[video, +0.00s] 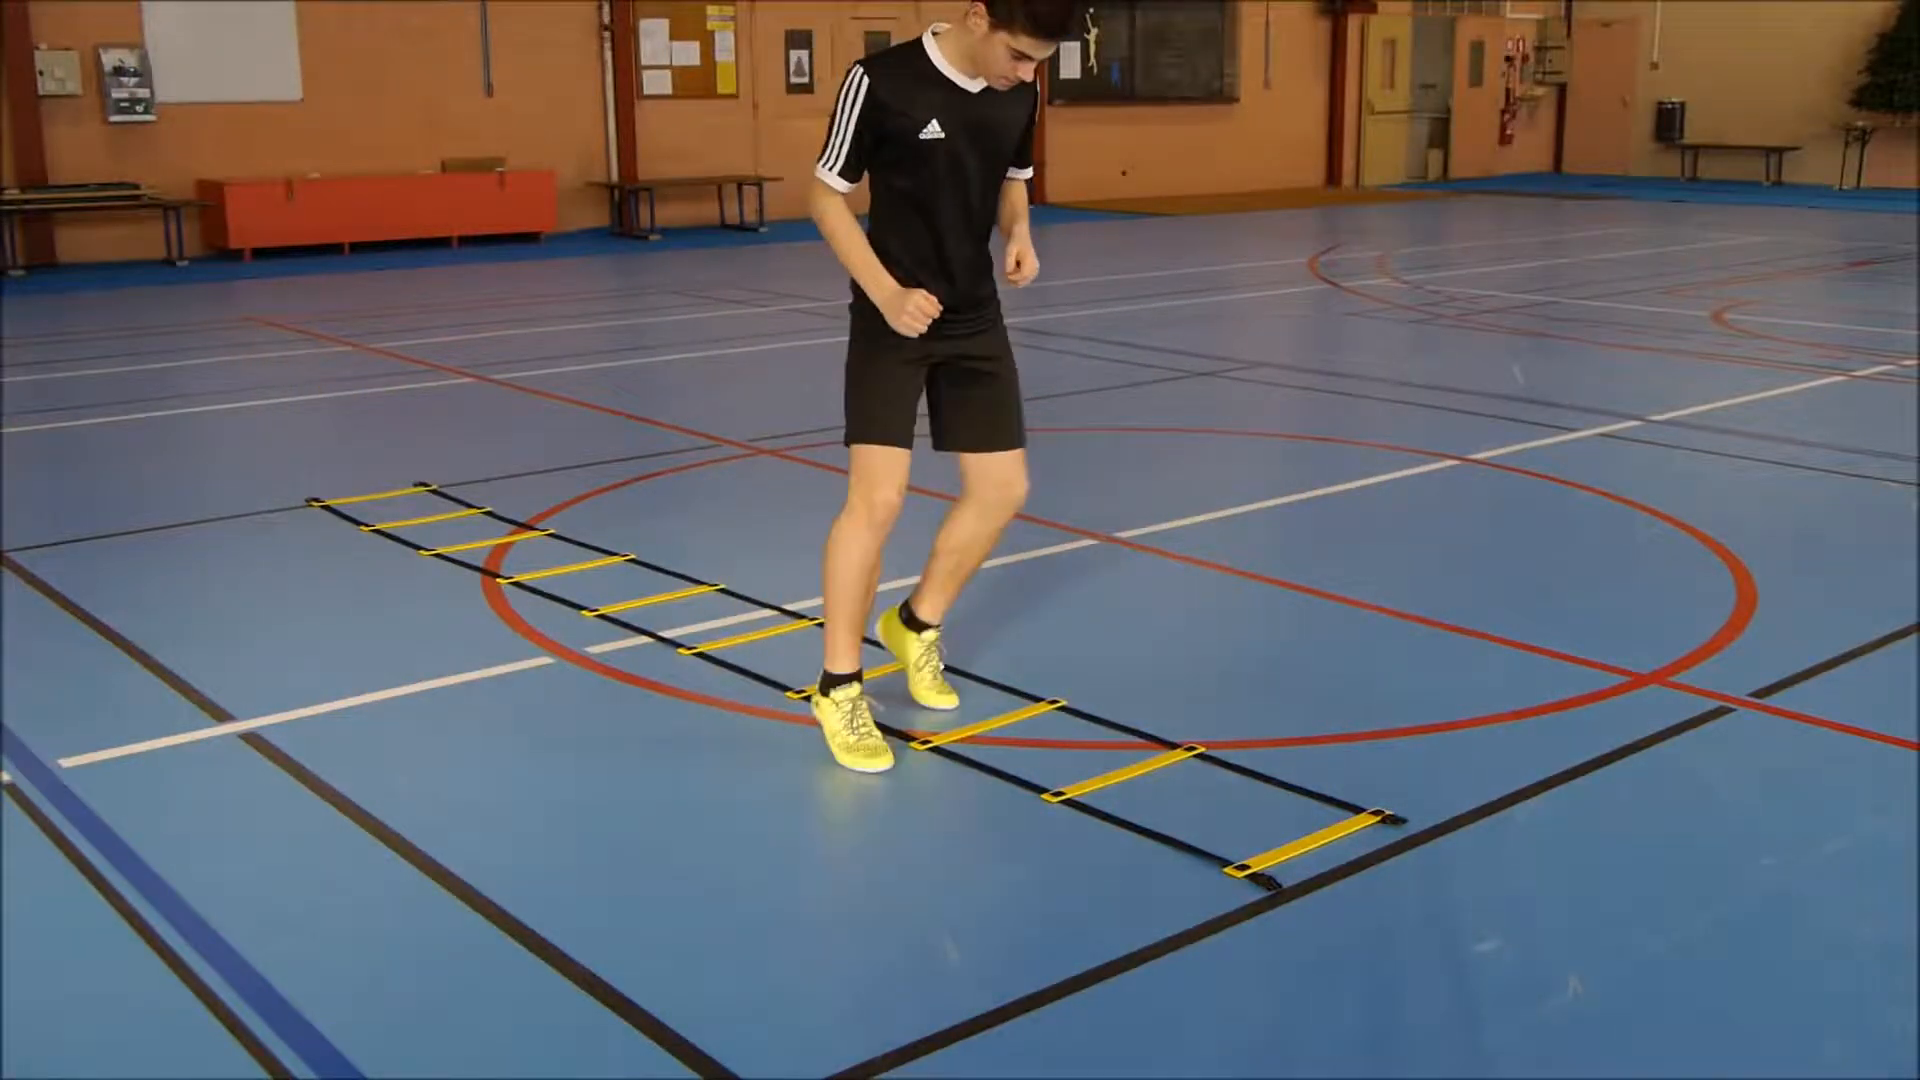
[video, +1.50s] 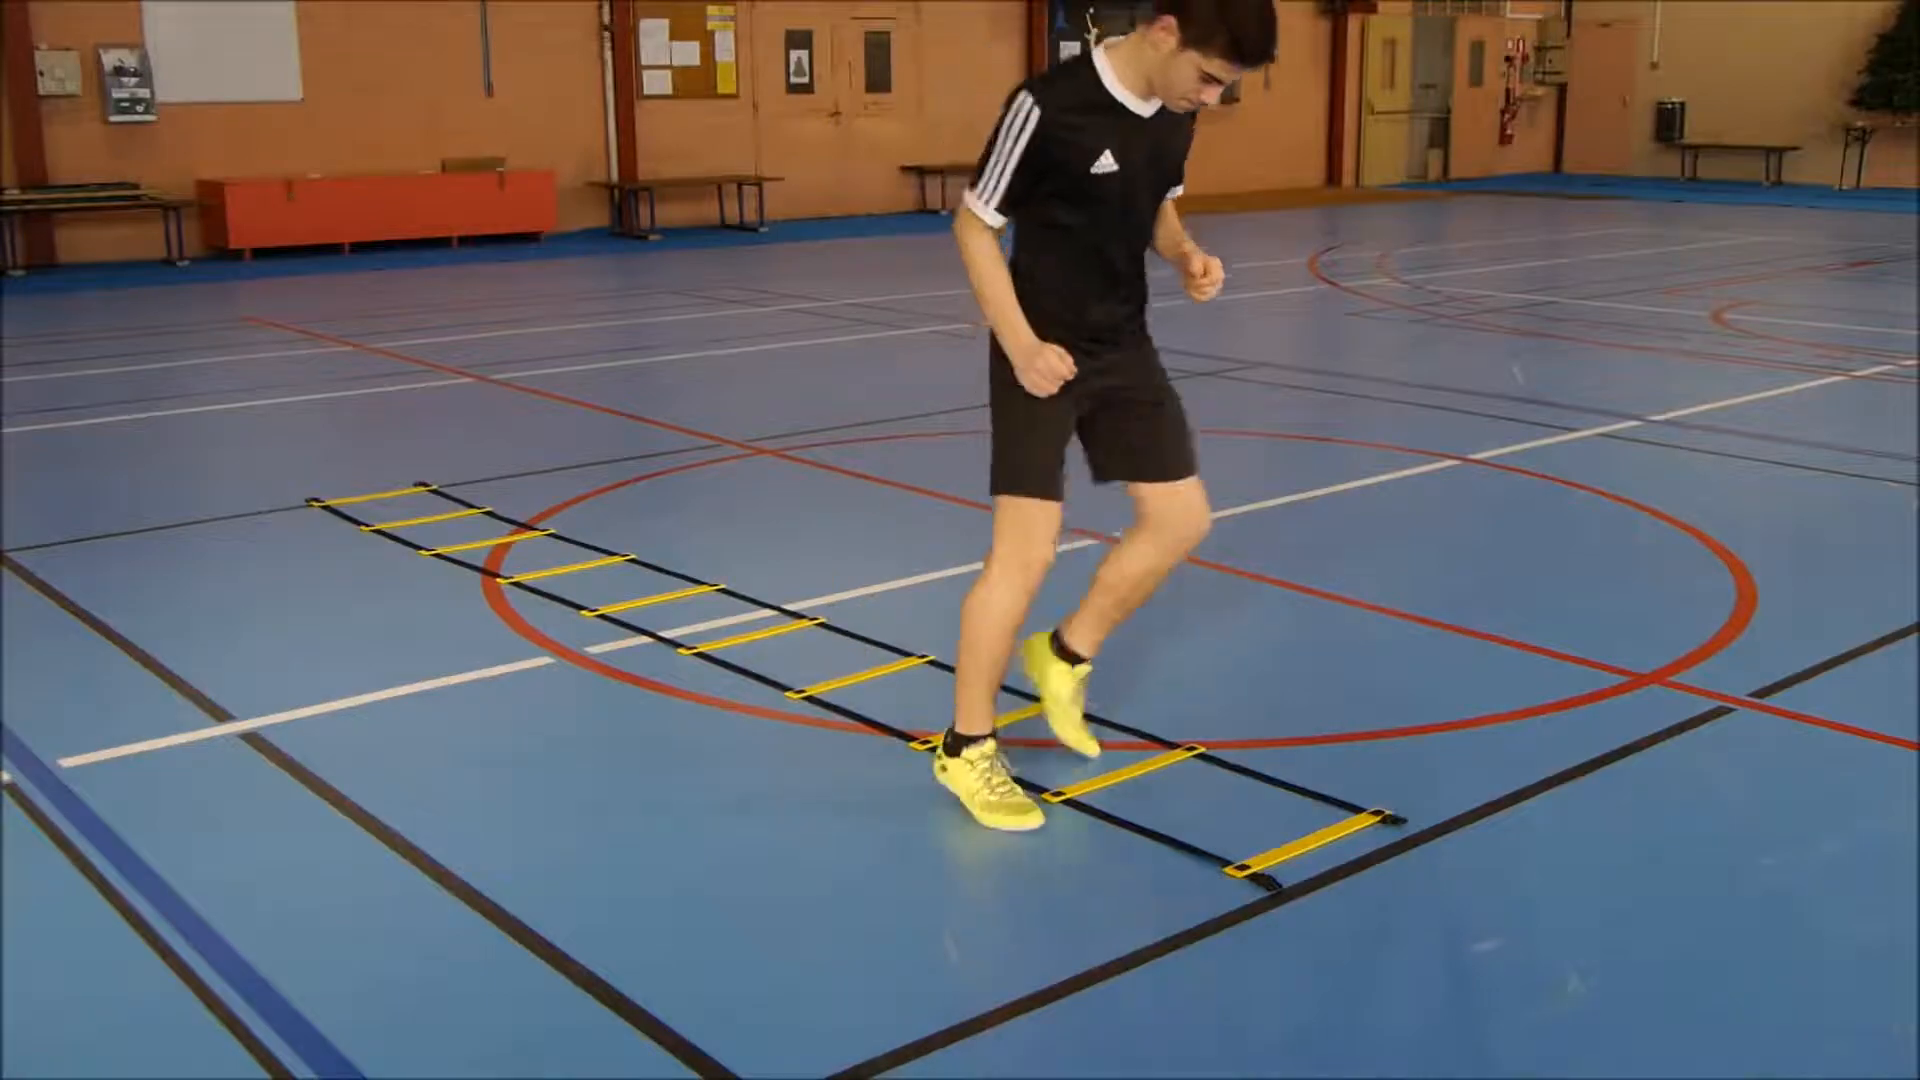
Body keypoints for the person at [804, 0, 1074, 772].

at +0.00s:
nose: (1028, 72)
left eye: (1039, 59)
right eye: (1020, 53)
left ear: (1048, 42)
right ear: (975, 17)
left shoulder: (1016, 88)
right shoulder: (877, 81)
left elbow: (1012, 179)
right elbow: (826, 197)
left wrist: (1018, 232)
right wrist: (885, 292)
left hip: (974, 315)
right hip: (889, 316)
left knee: (1000, 488)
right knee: (876, 498)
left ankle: (916, 623)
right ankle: (838, 686)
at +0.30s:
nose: (1066, 85)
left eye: (1078, 72)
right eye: (1059, 66)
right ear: (1013, 25)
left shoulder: (1036, 97)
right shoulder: (921, 91)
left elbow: (1021, 191)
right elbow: (856, 214)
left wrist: (1043, 239)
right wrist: (931, 312)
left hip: (999, 313)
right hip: (914, 321)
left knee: (1089, 465)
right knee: (890, 513)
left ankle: (1033, 619)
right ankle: (837, 687)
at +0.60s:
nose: (1095, 85)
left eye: (1107, 72)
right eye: (1089, 65)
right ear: (1044, 25)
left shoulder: (1083, 95)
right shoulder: (940, 89)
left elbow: (1075, 183)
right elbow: (886, 204)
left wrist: (1084, 236)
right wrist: (936, 298)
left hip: (1047, 319)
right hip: (958, 323)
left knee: (1085, 492)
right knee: (967, 511)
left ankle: (1063, 648)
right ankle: (936, 664)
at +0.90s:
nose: (1138, 83)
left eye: (1149, 70)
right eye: (1131, 63)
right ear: (1086, 24)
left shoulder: (1117, 98)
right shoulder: (979, 92)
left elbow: (1108, 200)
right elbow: (915, 208)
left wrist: (1122, 242)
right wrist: (952, 321)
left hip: (1079, 334)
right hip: (995, 343)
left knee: (1113, 506)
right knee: (1019, 534)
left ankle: (1057, 644)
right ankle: (1014, 693)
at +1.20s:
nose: (1181, 68)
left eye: (1194, 56)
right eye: (1176, 48)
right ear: (1136, 8)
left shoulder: (1143, 86)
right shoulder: (1013, 59)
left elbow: (1123, 182)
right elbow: (942, 178)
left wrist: (1162, 226)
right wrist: (972, 298)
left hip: (1097, 313)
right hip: (1012, 317)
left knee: (1103, 509)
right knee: (1038, 515)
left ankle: (1043, 674)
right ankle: (1005, 672)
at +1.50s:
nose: (1213, 98)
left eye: (1227, 86)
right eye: (1208, 77)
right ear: (1161, 32)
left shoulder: (1179, 108)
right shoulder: (1045, 103)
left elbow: (1160, 205)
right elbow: (974, 223)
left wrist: (1186, 252)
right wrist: (1021, 342)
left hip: (1120, 343)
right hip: (1034, 345)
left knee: (1180, 518)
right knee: (1023, 550)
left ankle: (1065, 654)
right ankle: (966, 744)